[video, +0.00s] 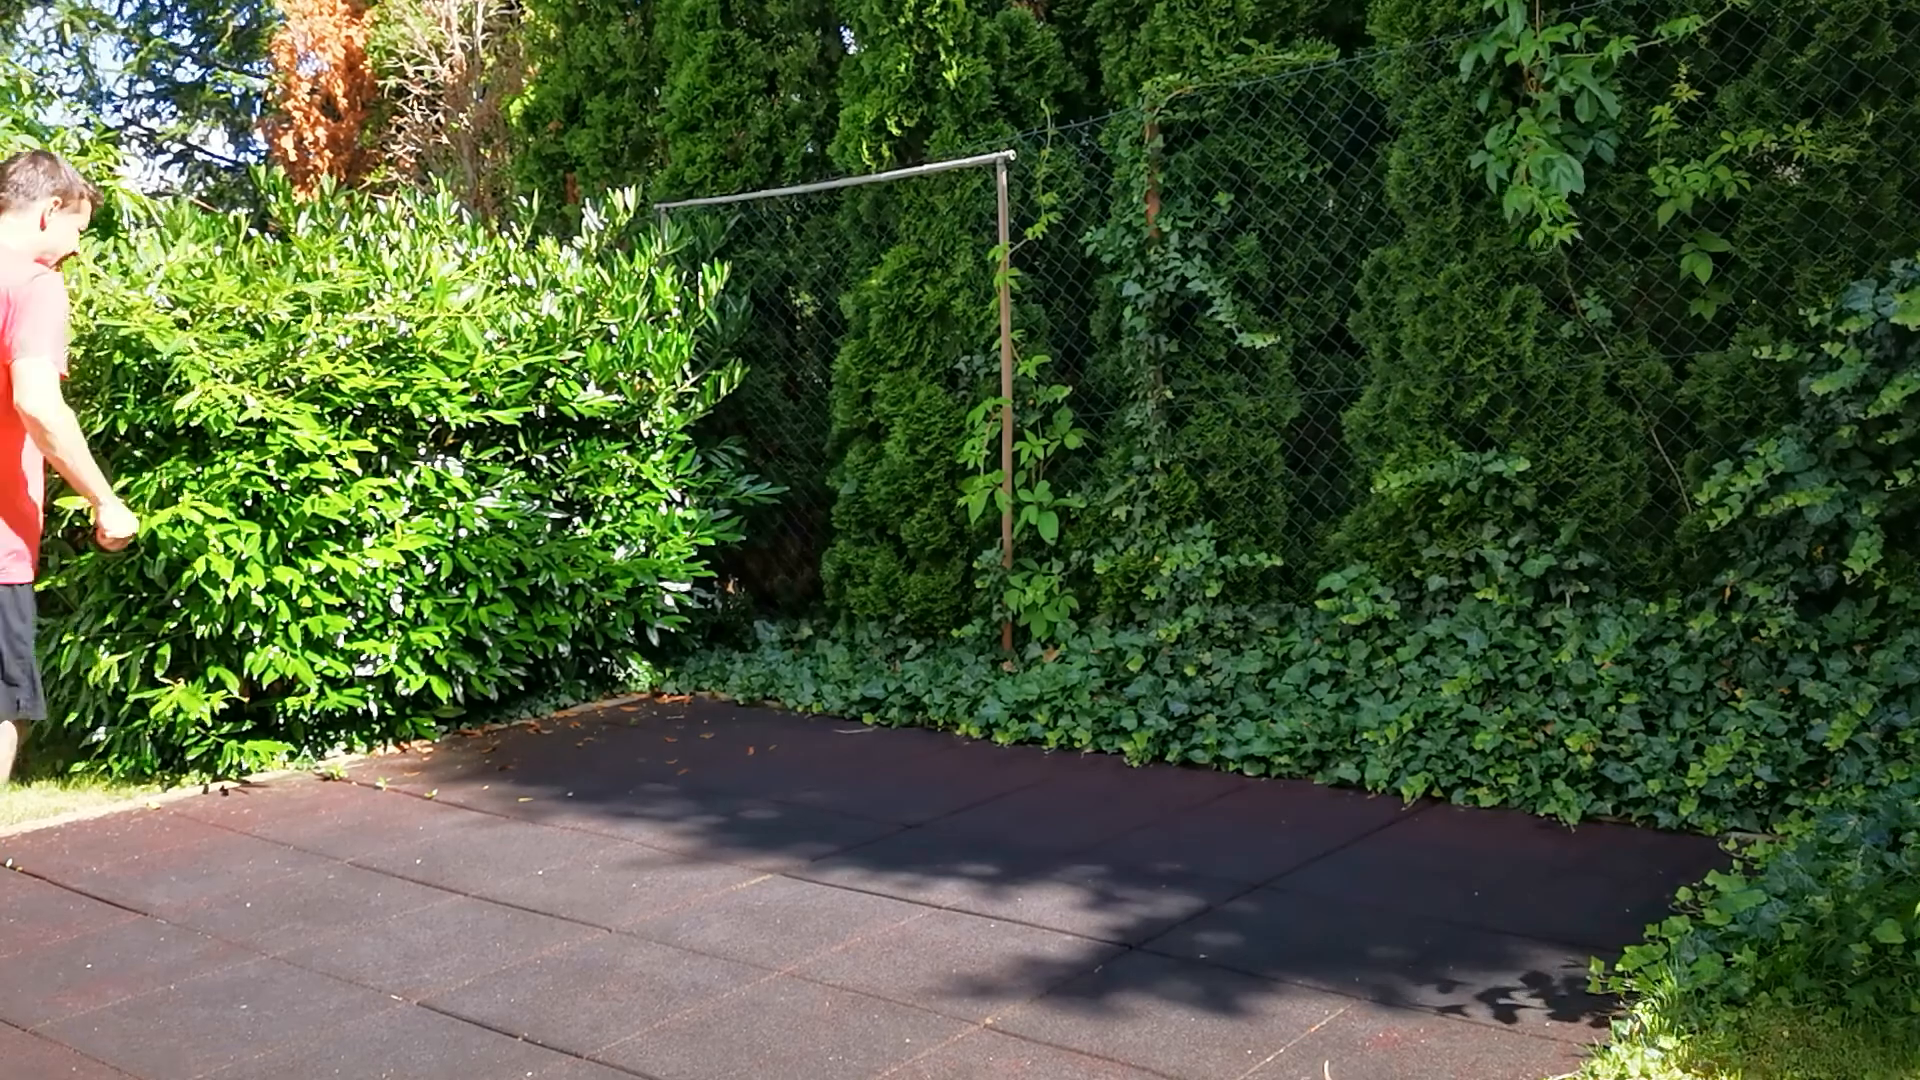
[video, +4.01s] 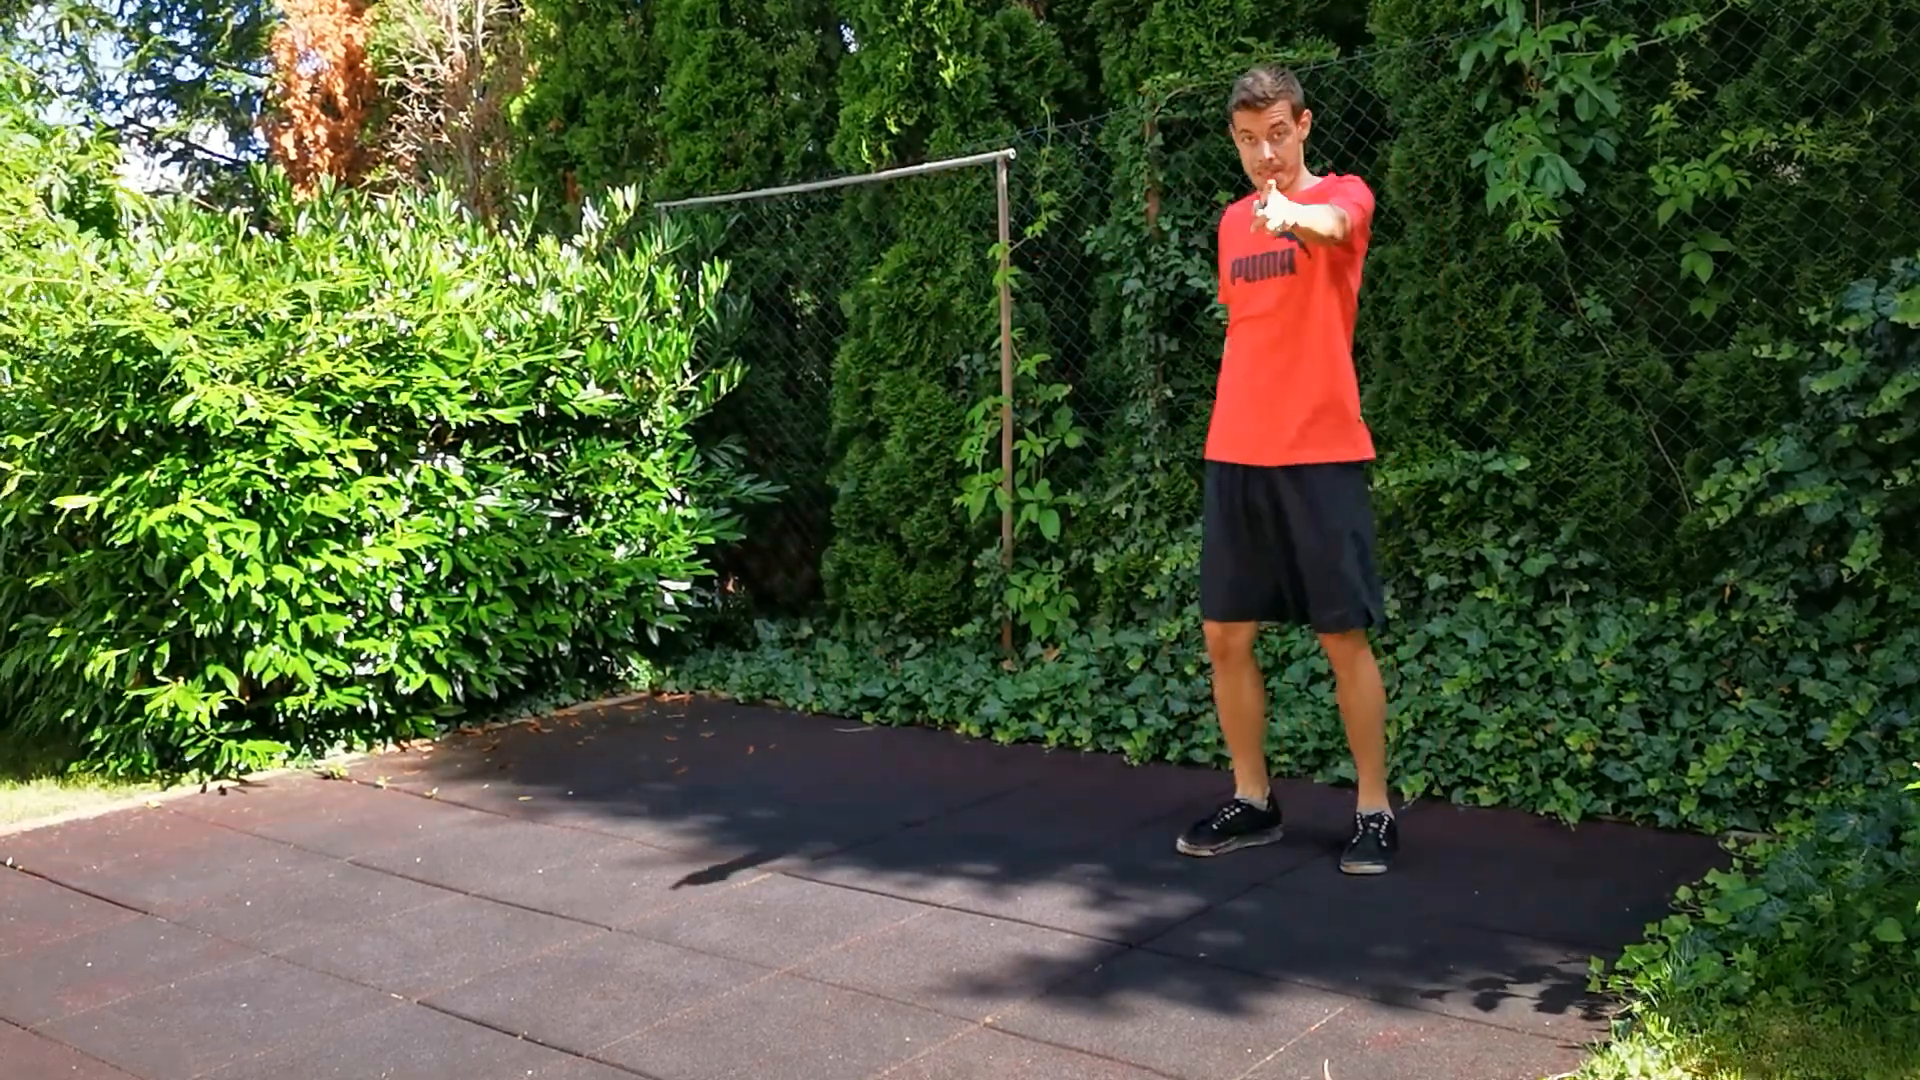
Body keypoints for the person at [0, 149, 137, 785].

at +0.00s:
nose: (77, 246)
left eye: (81, 231)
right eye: (78, 228)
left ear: (34, 209)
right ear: (48, 211)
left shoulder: (21, 278)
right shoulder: (32, 282)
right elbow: (35, 400)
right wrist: (104, 499)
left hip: (5, 548)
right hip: (2, 549)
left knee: (8, 713)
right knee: (4, 718)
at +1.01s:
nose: (633, 198)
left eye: (638, 186)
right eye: (628, 183)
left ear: (583, 171)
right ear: (591, 168)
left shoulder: (519, 203)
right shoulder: (565, 217)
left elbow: (441, 267)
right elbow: (519, 297)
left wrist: (493, 328)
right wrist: (594, 317)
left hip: (528, 429)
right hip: (516, 431)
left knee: (555, 567)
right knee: (505, 590)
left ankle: (516, 718)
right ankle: (399, 726)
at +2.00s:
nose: (1070, 186)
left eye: (1081, 175)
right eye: (1058, 171)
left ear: (1089, 179)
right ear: (1029, 168)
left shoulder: (1064, 240)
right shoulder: (981, 233)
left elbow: (1026, 318)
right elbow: (910, 313)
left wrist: (1071, 356)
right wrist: (969, 366)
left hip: (1042, 446)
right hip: (974, 446)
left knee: (1068, 589)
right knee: (969, 600)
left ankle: (1084, 740)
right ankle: (870, 516)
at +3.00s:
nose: (1291, 143)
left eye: (1302, 126)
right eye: (1278, 134)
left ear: (1338, 127)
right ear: (1267, 145)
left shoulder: (1375, 192)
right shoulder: (1270, 208)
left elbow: (1395, 96)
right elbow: (1182, 154)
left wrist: (1373, 2)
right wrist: (1121, 73)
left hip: (1358, 452)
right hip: (1277, 453)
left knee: (1381, 644)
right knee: (1221, 629)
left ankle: (1441, 811)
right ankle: (1272, 761)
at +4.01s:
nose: (1265, 152)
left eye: (1276, 133)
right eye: (1250, 139)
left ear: (1304, 126)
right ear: (1234, 142)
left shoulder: (1345, 192)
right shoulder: (1232, 220)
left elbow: (1334, 221)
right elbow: (1240, 322)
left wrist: (1293, 213)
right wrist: (1250, 412)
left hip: (1321, 454)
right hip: (1236, 455)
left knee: (1342, 635)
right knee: (1226, 633)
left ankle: (1374, 811)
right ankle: (1251, 800)